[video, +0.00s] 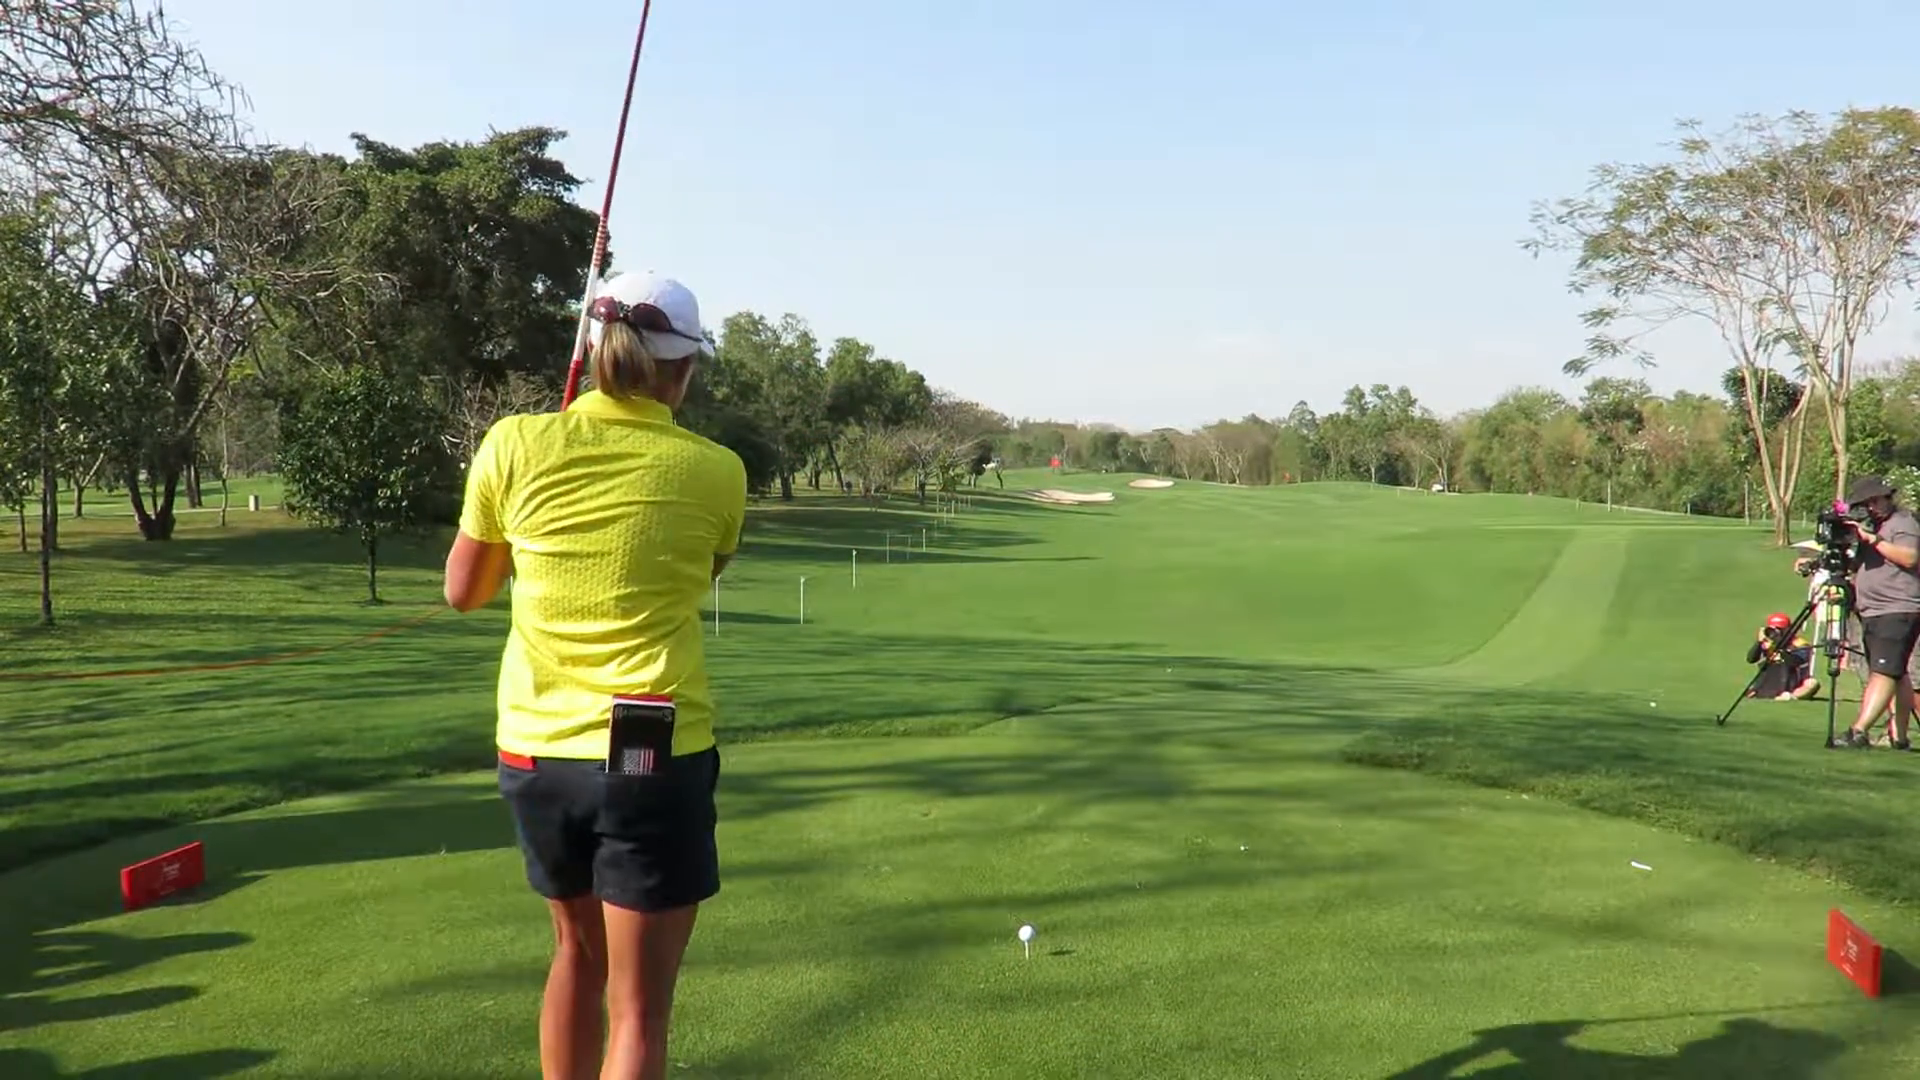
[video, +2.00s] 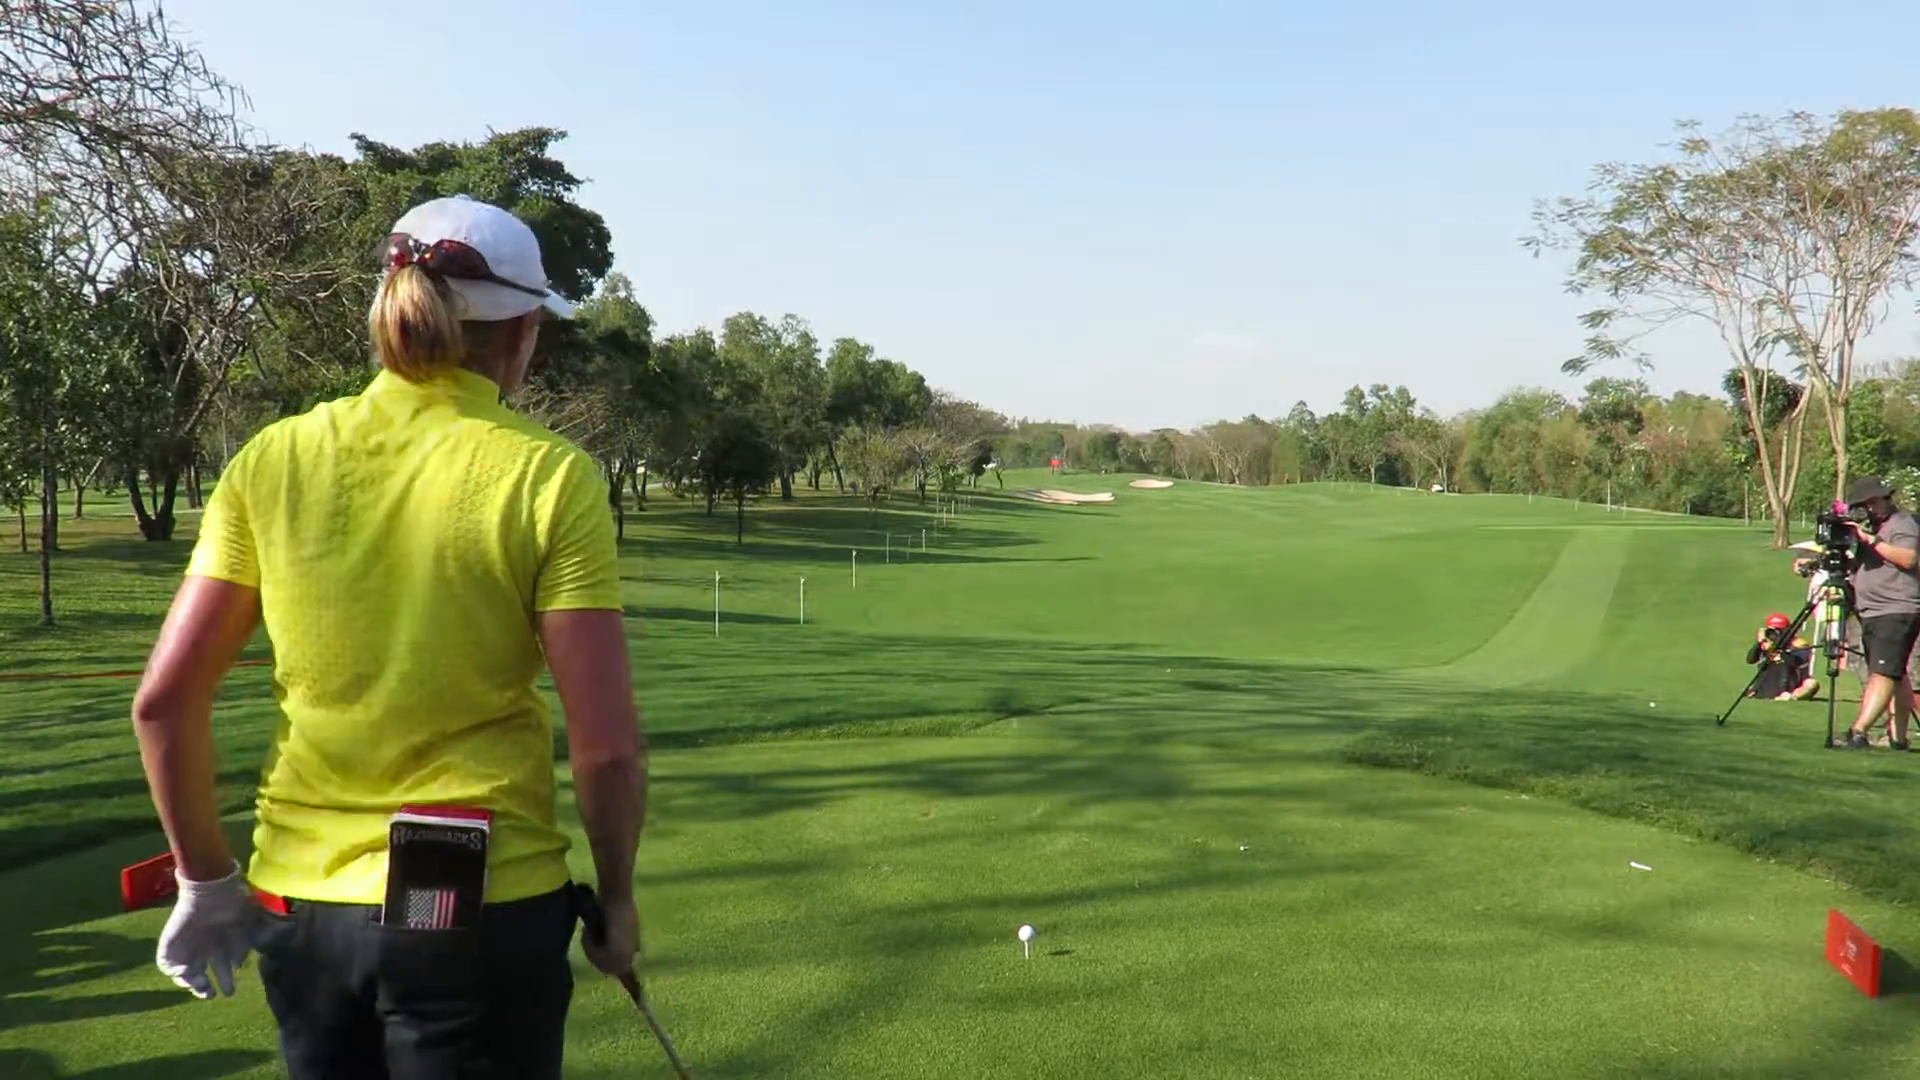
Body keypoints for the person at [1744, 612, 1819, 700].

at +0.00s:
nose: (1774, 635)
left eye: (1778, 631)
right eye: (1771, 631)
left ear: (1786, 631)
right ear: (1767, 632)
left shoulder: (1800, 645)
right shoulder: (1769, 644)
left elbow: (1796, 661)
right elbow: (1751, 659)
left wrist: (1781, 653)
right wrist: (1759, 643)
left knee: (1813, 683)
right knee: (1750, 691)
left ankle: (1792, 696)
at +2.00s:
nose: (1774, 636)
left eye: (1777, 632)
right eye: (1771, 632)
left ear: (1786, 631)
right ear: (1767, 633)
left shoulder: (1799, 644)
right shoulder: (1768, 645)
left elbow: (1798, 661)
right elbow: (1750, 660)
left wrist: (1782, 656)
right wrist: (1759, 643)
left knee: (1813, 683)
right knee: (1749, 691)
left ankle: (1791, 696)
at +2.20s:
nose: (1773, 636)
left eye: (1777, 632)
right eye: (1770, 632)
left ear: (1786, 631)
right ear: (1767, 632)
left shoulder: (1799, 645)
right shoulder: (1768, 645)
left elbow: (1798, 662)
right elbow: (1750, 660)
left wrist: (1783, 656)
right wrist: (1759, 643)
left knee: (1812, 683)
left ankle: (1791, 696)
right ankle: (1756, 690)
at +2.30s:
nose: (1773, 636)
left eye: (1777, 632)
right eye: (1770, 632)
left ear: (1786, 632)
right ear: (1767, 632)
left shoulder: (1799, 645)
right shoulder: (1767, 645)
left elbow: (1798, 662)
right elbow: (1750, 660)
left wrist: (1783, 656)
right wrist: (1759, 643)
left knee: (1812, 683)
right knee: (1749, 691)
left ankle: (1791, 696)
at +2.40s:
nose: (1773, 636)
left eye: (1777, 632)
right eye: (1770, 632)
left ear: (1786, 631)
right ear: (1767, 632)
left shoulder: (1799, 645)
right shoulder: (1767, 645)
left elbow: (1798, 662)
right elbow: (1750, 660)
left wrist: (1783, 656)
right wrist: (1758, 643)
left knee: (1812, 683)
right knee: (1749, 692)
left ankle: (1791, 696)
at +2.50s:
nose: (1773, 636)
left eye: (1776, 632)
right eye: (1770, 632)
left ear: (1785, 631)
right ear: (1767, 632)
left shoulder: (1799, 644)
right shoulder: (1768, 645)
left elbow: (1798, 662)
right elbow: (1750, 660)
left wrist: (1783, 656)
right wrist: (1758, 643)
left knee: (1812, 683)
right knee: (1749, 691)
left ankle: (1791, 696)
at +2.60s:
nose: (1773, 635)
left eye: (1777, 632)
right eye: (1770, 632)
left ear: (1785, 631)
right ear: (1767, 632)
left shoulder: (1799, 644)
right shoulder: (1768, 645)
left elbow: (1797, 662)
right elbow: (1750, 659)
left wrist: (1783, 656)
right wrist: (1758, 643)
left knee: (1812, 683)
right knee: (1749, 691)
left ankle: (1791, 696)